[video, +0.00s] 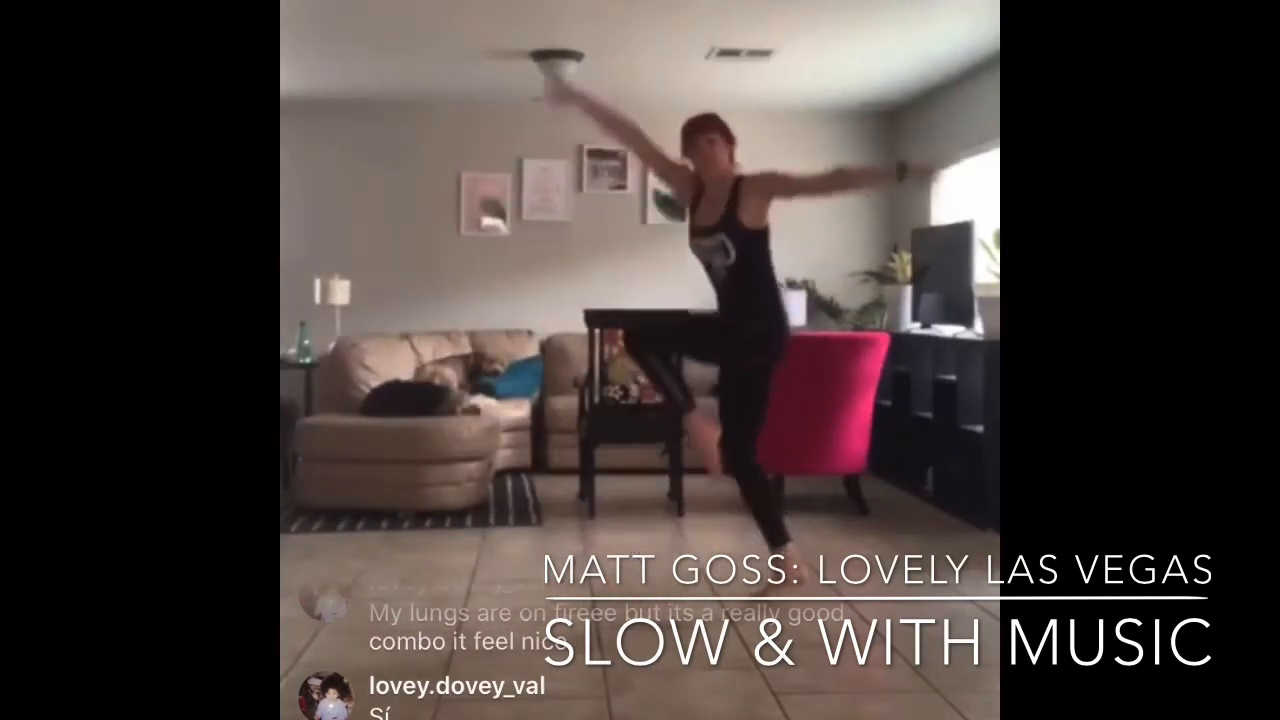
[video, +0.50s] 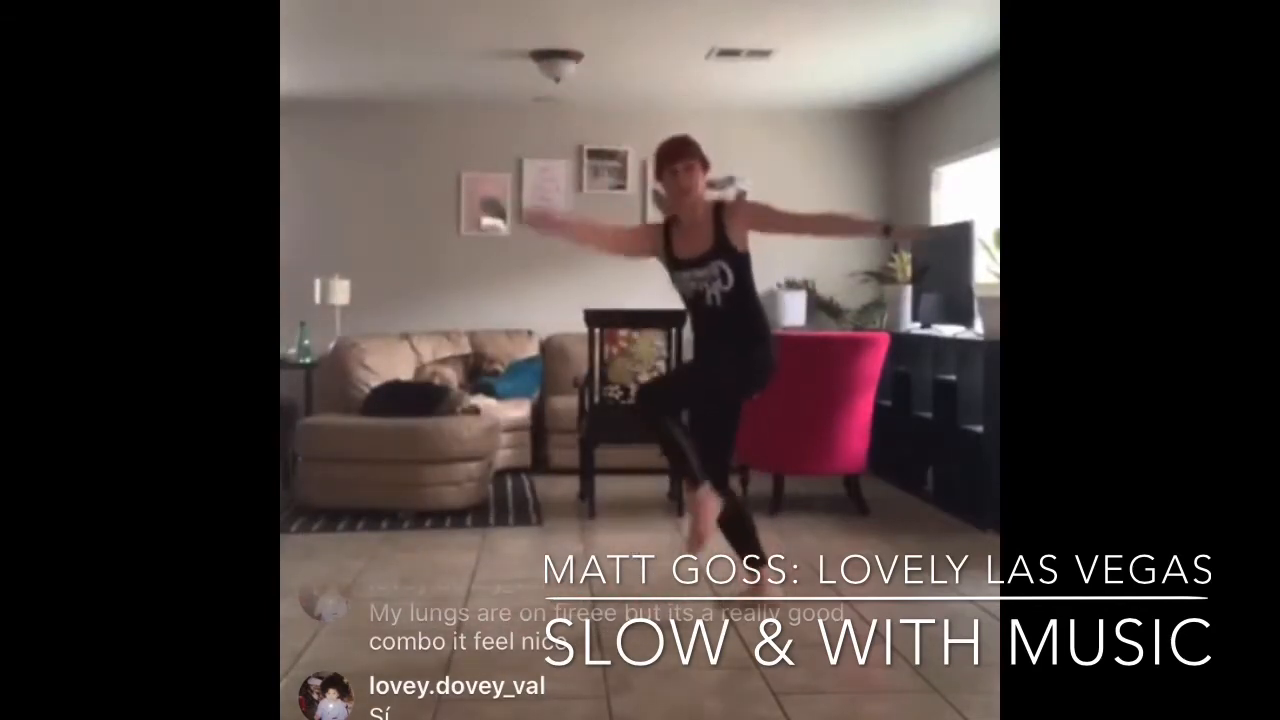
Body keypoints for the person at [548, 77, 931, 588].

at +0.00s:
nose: (702, 153)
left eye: (709, 143)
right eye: (694, 147)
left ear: (730, 147)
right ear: (689, 156)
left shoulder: (755, 188)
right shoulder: (693, 191)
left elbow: (825, 182)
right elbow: (637, 143)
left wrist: (894, 173)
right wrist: (576, 98)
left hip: (760, 332)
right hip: (725, 328)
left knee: (737, 453)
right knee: (640, 333)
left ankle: (785, 556)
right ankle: (693, 422)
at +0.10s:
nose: (695, 118)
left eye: (702, 108)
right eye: (687, 111)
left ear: (719, 113)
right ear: (677, 123)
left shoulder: (743, 155)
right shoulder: (682, 157)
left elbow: (820, 138)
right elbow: (637, 90)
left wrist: (898, 121)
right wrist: (596, 36)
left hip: (757, 288)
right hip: (727, 289)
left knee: (642, 293)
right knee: (742, 405)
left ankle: (714, 371)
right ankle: (768, 524)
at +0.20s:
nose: (692, 106)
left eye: (698, 95)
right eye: (682, 100)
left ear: (714, 101)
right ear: (670, 113)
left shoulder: (740, 143)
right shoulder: (676, 150)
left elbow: (819, 125)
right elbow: (632, 79)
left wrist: (893, 108)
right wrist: (591, 21)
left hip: (759, 274)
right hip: (725, 276)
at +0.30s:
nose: (689, 120)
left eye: (695, 111)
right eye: (679, 114)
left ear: (708, 117)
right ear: (663, 126)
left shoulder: (735, 157)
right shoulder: (663, 163)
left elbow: (813, 142)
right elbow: (616, 101)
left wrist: (887, 124)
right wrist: (572, 46)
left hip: (759, 289)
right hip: (720, 291)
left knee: (732, 401)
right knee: (647, 311)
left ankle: (743, 530)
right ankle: (730, 377)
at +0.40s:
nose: (687, 154)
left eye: (693, 144)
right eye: (676, 149)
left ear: (709, 150)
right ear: (663, 161)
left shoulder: (735, 194)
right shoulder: (662, 207)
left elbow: (811, 183)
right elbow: (606, 164)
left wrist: (884, 169)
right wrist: (552, 119)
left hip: (757, 325)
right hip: (715, 331)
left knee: (653, 357)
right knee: (722, 440)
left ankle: (729, 423)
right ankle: (755, 557)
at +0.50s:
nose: (683, 179)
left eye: (689, 168)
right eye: (672, 172)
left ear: (705, 173)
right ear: (661, 182)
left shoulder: (735, 217)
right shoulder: (660, 236)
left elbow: (810, 224)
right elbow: (604, 238)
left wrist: (881, 229)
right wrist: (550, 223)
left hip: (749, 354)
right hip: (709, 358)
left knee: (655, 397)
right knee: (713, 476)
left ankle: (700, 491)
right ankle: (759, 571)